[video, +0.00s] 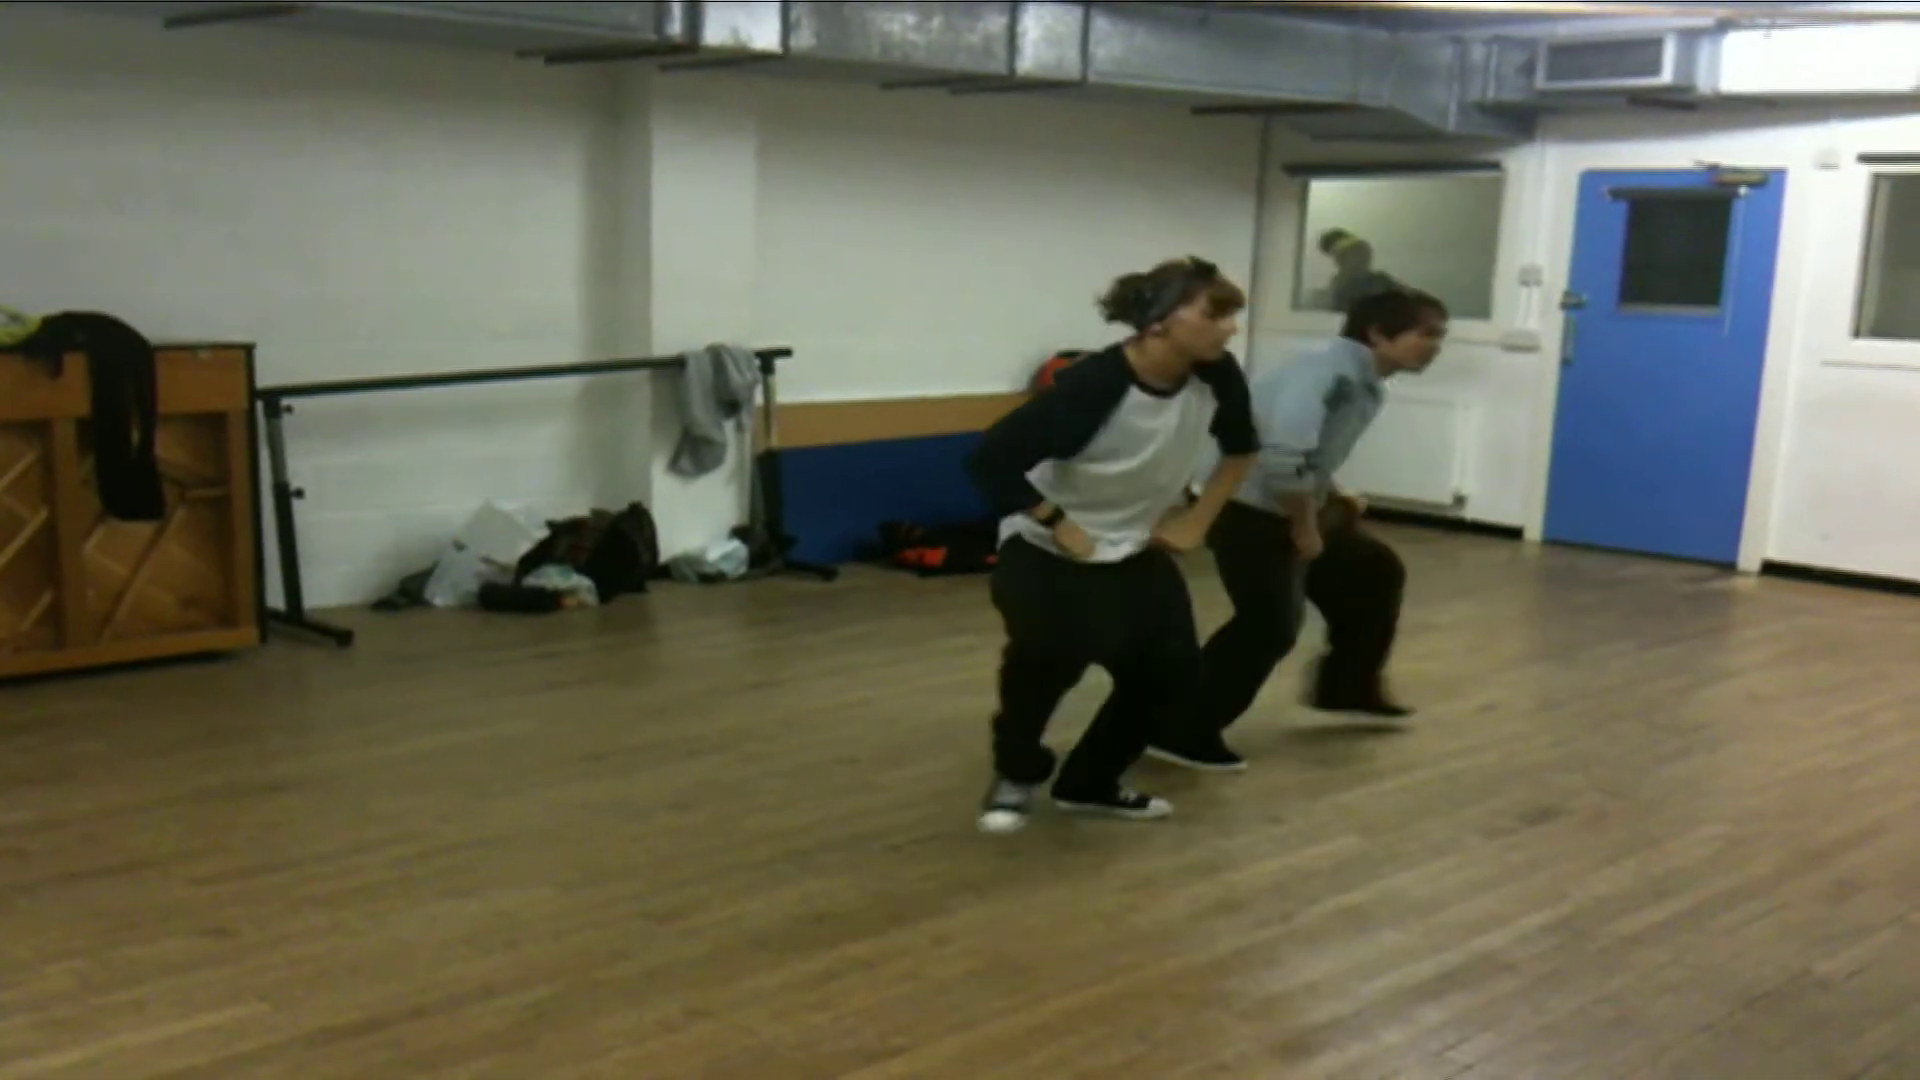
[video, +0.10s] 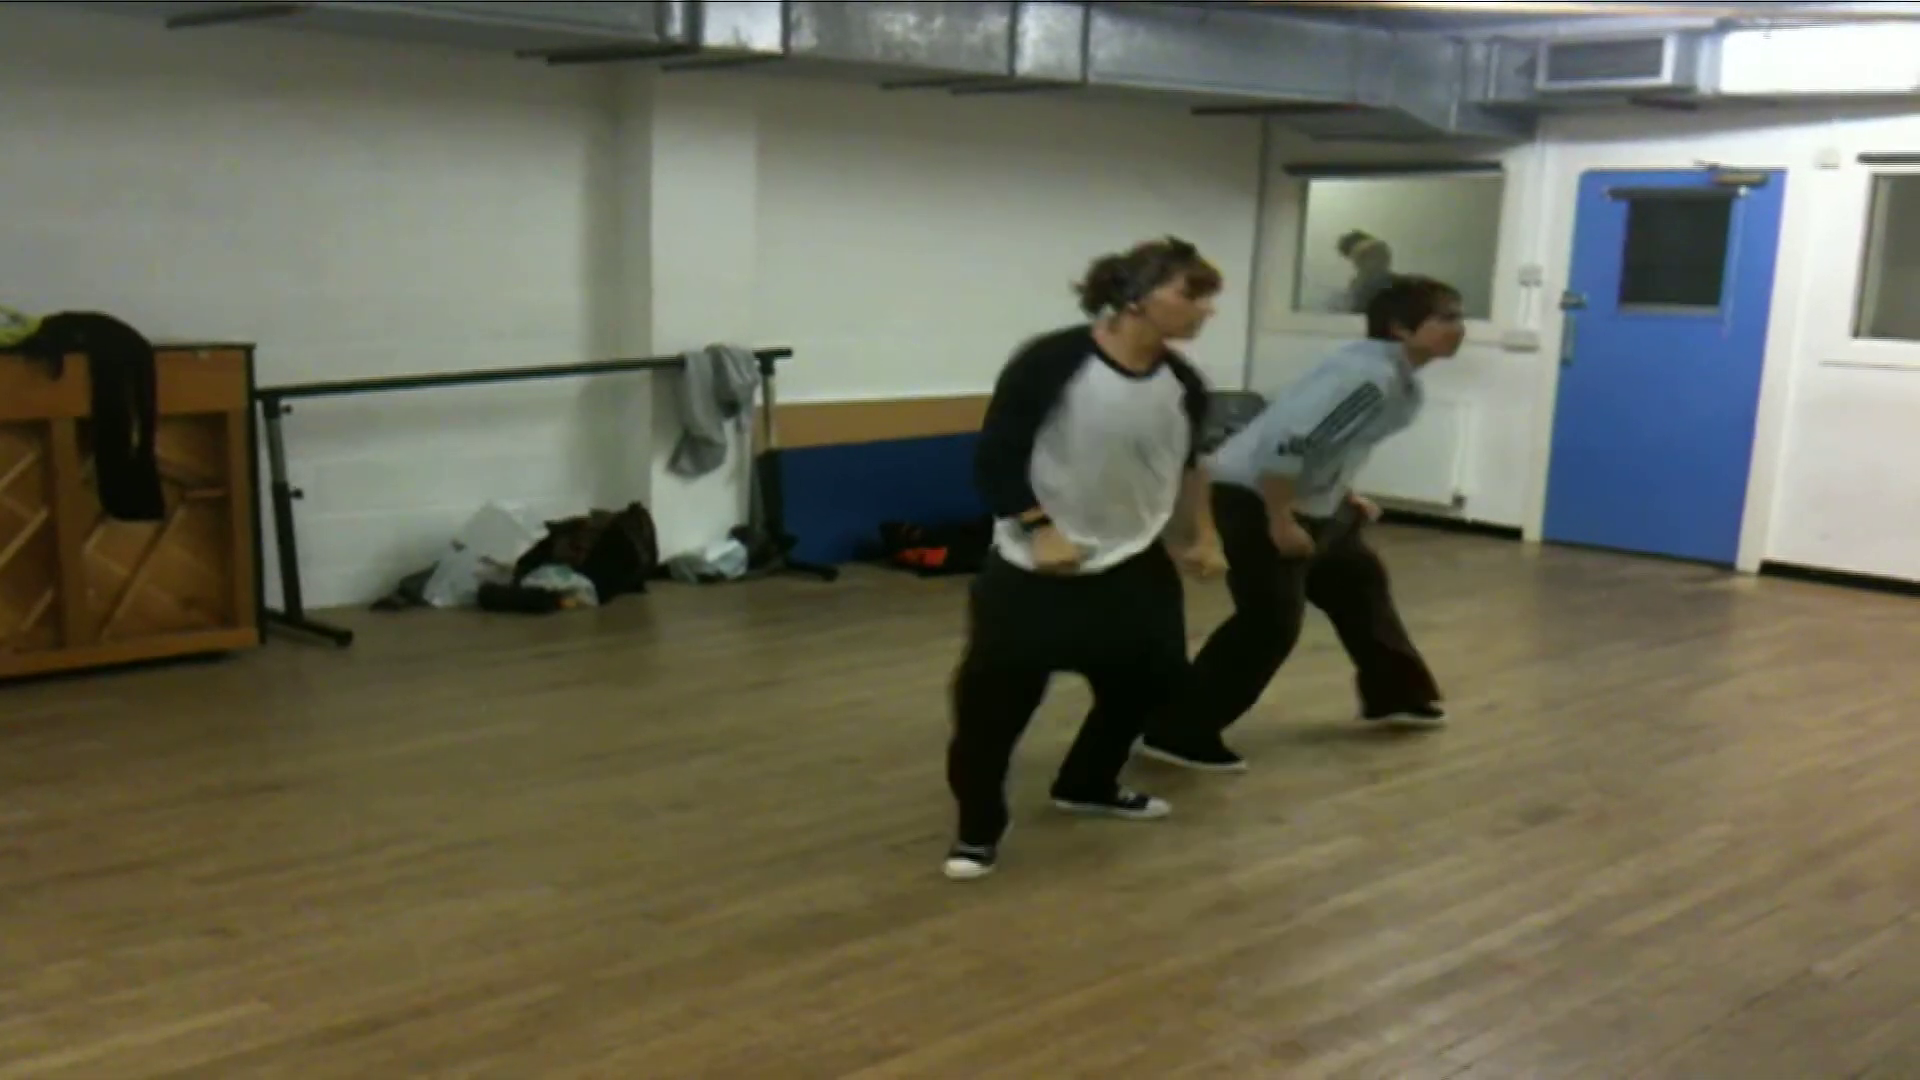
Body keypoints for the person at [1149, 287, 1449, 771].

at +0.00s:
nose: (1434, 347)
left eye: (1437, 338)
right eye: (1425, 335)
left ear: (1384, 337)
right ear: (1381, 334)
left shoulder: (1364, 386)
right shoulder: (1320, 370)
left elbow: (1313, 458)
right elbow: (1284, 460)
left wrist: (1336, 498)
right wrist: (1304, 523)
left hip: (1298, 514)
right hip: (1247, 514)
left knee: (1375, 574)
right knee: (1271, 621)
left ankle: (1347, 686)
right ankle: (1185, 722)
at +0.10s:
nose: (1458, 330)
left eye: (1457, 319)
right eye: (1446, 320)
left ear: (1410, 330)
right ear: (1403, 328)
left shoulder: (1399, 380)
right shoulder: (1368, 375)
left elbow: (1321, 441)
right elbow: (1283, 443)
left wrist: (1341, 495)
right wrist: (1280, 520)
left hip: (1308, 498)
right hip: (1252, 495)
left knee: (1359, 580)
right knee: (1269, 622)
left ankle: (1393, 691)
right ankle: (1181, 726)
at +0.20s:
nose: (1459, 305)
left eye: (1459, 294)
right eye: (1449, 295)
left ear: (1418, 307)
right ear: (1409, 305)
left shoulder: (1419, 357)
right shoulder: (1374, 362)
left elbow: (1367, 435)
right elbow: (1298, 438)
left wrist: (1373, 499)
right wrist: (1307, 513)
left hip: (1347, 498)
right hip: (1296, 496)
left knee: (1376, 589)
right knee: (1282, 617)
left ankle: (1388, 698)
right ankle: (1180, 723)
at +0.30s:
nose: (1455, 292)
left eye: (1455, 282)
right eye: (1444, 281)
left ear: (1406, 291)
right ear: (1398, 289)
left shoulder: (1414, 353)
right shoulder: (1355, 355)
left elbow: (1392, 441)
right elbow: (1315, 449)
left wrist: (1411, 509)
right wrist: (1347, 514)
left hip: (1388, 504)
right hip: (1334, 503)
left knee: (1419, 583)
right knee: (1307, 616)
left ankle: (1396, 693)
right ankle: (1202, 715)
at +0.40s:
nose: (1450, 290)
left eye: (1451, 280)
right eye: (1438, 279)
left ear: (1404, 291)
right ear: (1396, 288)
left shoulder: (1431, 346)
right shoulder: (1335, 356)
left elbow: (1446, 427)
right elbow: (1318, 452)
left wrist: (1455, 491)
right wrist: (1363, 512)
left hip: (1422, 505)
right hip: (1351, 506)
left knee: (1448, 584)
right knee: (1337, 612)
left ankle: (1395, 691)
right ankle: (1239, 717)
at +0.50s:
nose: (1456, 289)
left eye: (1456, 280)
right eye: (1444, 280)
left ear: (1409, 291)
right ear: (1401, 289)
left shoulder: (1444, 342)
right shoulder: (1336, 357)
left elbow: (1472, 412)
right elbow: (1321, 449)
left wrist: (1479, 482)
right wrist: (1371, 507)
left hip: (1440, 506)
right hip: (1365, 510)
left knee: (1469, 590)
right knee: (1330, 625)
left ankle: (1400, 692)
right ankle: (1237, 721)